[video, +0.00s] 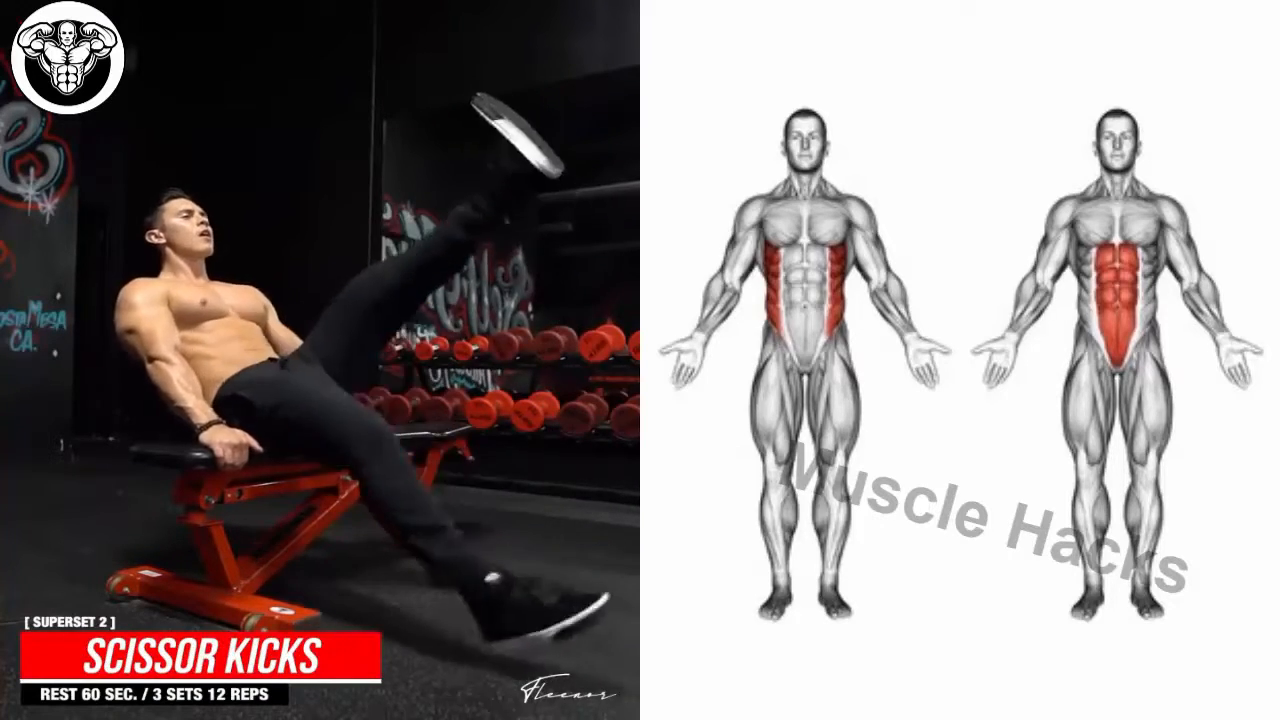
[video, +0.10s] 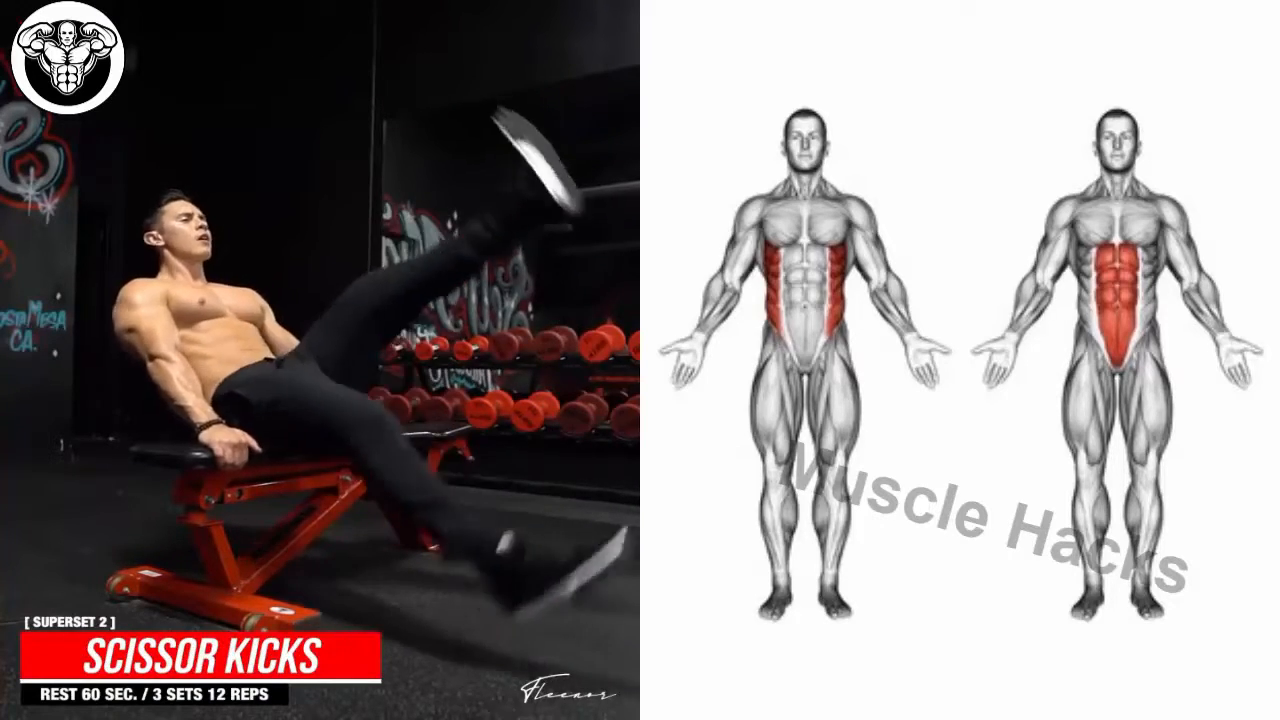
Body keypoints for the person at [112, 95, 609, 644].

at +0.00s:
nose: (203, 221)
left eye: (203, 215)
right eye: (187, 215)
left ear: (206, 235)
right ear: (158, 237)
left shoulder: (246, 294)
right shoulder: (142, 294)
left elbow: (302, 352)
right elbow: (163, 358)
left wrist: (354, 394)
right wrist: (207, 424)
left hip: (302, 370)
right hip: (250, 387)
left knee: (383, 284)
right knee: (371, 438)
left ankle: (502, 188)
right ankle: (490, 591)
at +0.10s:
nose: (202, 226)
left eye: (202, 219)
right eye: (186, 220)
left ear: (203, 237)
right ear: (156, 239)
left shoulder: (246, 297)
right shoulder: (142, 294)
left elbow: (302, 356)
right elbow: (163, 359)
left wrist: (359, 399)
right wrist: (208, 425)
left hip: (297, 373)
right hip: (246, 387)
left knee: (373, 291)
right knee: (368, 419)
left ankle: (520, 214)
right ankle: (501, 561)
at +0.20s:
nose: (200, 235)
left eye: (200, 226)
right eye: (185, 228)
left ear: (202, 238)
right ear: (154, 244)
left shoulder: (241, 299)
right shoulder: (137, 299)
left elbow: (298, 353)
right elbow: (162, 362)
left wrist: (369, 388)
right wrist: (207, 424)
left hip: (294, 377)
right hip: (239, 395)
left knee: (382, 312)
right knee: (368, 383)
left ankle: (539, 285)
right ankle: (534, 461)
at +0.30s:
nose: (201, 241)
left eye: (204, 233)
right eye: (187, 232)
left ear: (207, 243)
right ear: (155, 244)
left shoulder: (244, 299)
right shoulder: (136, 302)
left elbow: (298, 363)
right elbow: (159, 366)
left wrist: (353, 416)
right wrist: (209, 424)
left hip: (294, 394)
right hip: (239, 403)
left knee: (400, 346)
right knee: (367, 350)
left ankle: (566, 362)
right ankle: (560, 354)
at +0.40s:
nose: (207, 242)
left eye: (211, 234)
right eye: (193, 232)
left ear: (215, 243)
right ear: (159, 242)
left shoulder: (247, 297)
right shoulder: (138, 301)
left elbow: (307, 359)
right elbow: (155, 360)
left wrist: (366, 418)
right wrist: (207, 422)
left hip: (306, 402)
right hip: (245, 398)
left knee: (424, 380)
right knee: (347, 312)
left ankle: (577, 475)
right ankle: (500, 243)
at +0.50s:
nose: (214, 243)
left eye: (219, 234)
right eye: (202, 232)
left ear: (222, 238)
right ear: (168, 236)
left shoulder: (247, 293)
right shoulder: (139, 298)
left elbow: (298, 344)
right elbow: (157, 365)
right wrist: (207, 424)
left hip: (305, 394)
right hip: (243, 391)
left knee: (435, 421)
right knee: (342, 285)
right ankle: (472, 186)